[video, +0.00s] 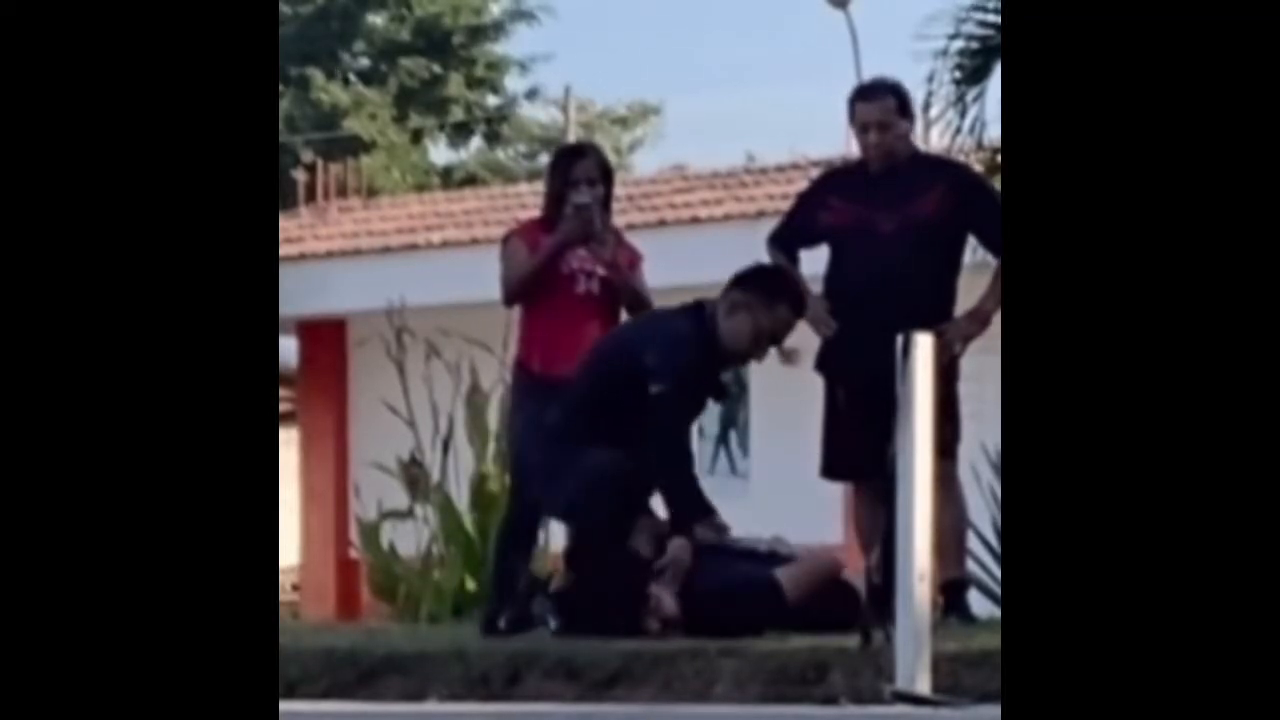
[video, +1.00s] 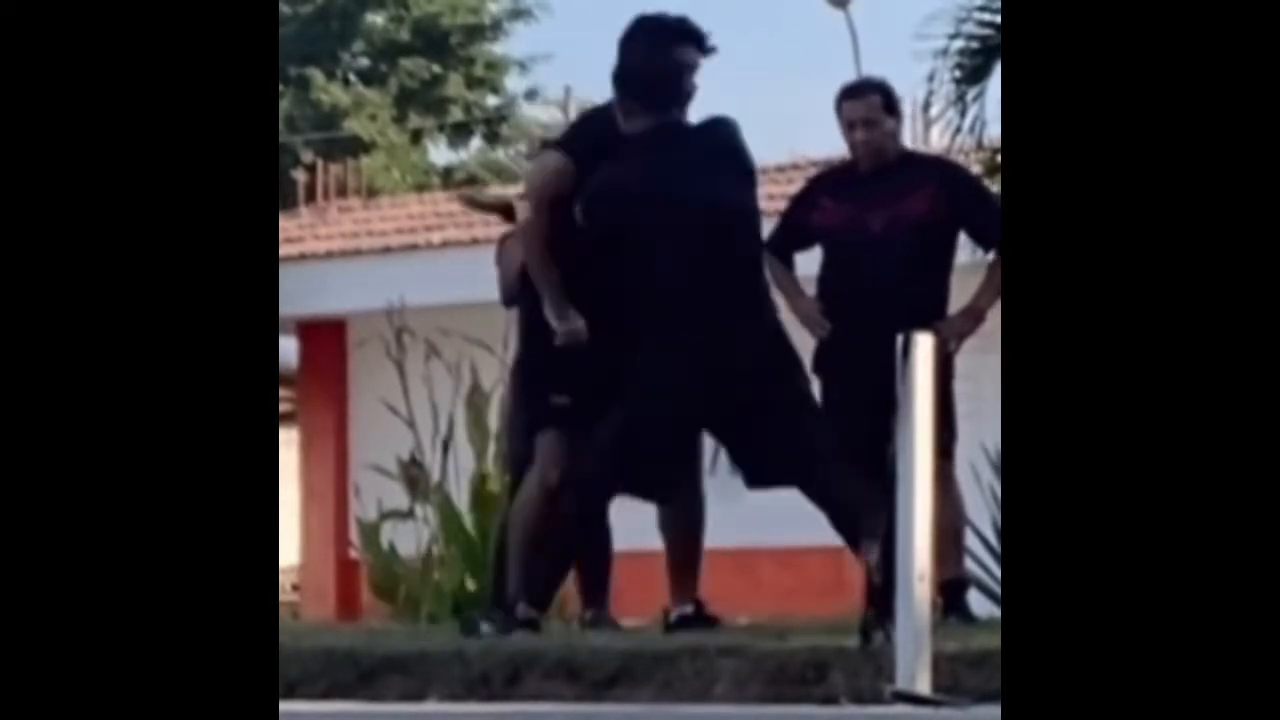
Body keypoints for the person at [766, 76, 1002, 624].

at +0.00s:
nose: (873, 140)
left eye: (884, 127)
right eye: (863, 129)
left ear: (909, 125)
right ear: (852, 132)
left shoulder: (951, 182)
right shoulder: (835, 188)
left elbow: (1003, 250)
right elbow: (780, 245)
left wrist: (977, 318)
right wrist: (810, 306)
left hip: (926, 353)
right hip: (854, 352)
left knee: (936, 474)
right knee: (865, 481)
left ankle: (952, 591)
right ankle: (877, 593)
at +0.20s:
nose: (873, 140)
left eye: (884, 128)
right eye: (863, 129)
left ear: (909, 125)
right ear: (852, 132)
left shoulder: (951, 181)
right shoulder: (835, 187)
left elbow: (1003, 249)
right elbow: (777, 248)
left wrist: (977, 318)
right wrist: (811, 307)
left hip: (926, 352)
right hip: (853, 351)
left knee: (936, 473)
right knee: (865, 480)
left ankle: (951, 591)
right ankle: (876, 594)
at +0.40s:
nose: (873, 140)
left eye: (883, 128)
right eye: (862, 129)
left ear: (909, 125)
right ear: (852, 132)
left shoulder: (951, 182)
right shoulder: (835, 187)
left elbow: (1003, 249)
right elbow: (779, 245)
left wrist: (977, 317)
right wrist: (810, 306)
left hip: (926, 353)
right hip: (853, 352)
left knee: (936, 473)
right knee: (865, 480)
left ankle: (951, 591)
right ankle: (876, 593)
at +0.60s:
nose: (870, 140)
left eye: (880, 127)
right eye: (859, 129)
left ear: (906, 124)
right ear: (849, 132)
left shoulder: (949, 181)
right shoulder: (834, 187)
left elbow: (1003, 248)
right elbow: (779, 249)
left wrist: (976, 317)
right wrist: (814, 314)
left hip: (925, 351)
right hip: (853, 351)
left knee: (935, 473)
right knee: (864, 481)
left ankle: (951, 592)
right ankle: (872, 595)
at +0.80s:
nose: (861, 138)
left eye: (871, 125)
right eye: (851, 127)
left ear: (898, 122)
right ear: (841, 131)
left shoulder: (943, 179)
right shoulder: (825, 190)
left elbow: (1000, 244)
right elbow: (775, 261)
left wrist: (973, 315)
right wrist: (813, 316)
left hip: (922, 348)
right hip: (849, 349)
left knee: (934, 473)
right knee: (864, 481)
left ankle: (951, 590)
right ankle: (878, 597)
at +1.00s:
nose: (860, 137)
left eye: (870, 124)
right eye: (850, 126)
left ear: (896, 123)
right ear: (840, 131)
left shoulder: (941, 179)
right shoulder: (828, 188)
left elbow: (1000, 242)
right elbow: (775, 254)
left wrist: (972, 315)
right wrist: (811, 318)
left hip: (921, 351)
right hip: (848, 350)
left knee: (933, 474)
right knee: (857, 478)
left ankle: (951, 590)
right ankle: (878, 597)